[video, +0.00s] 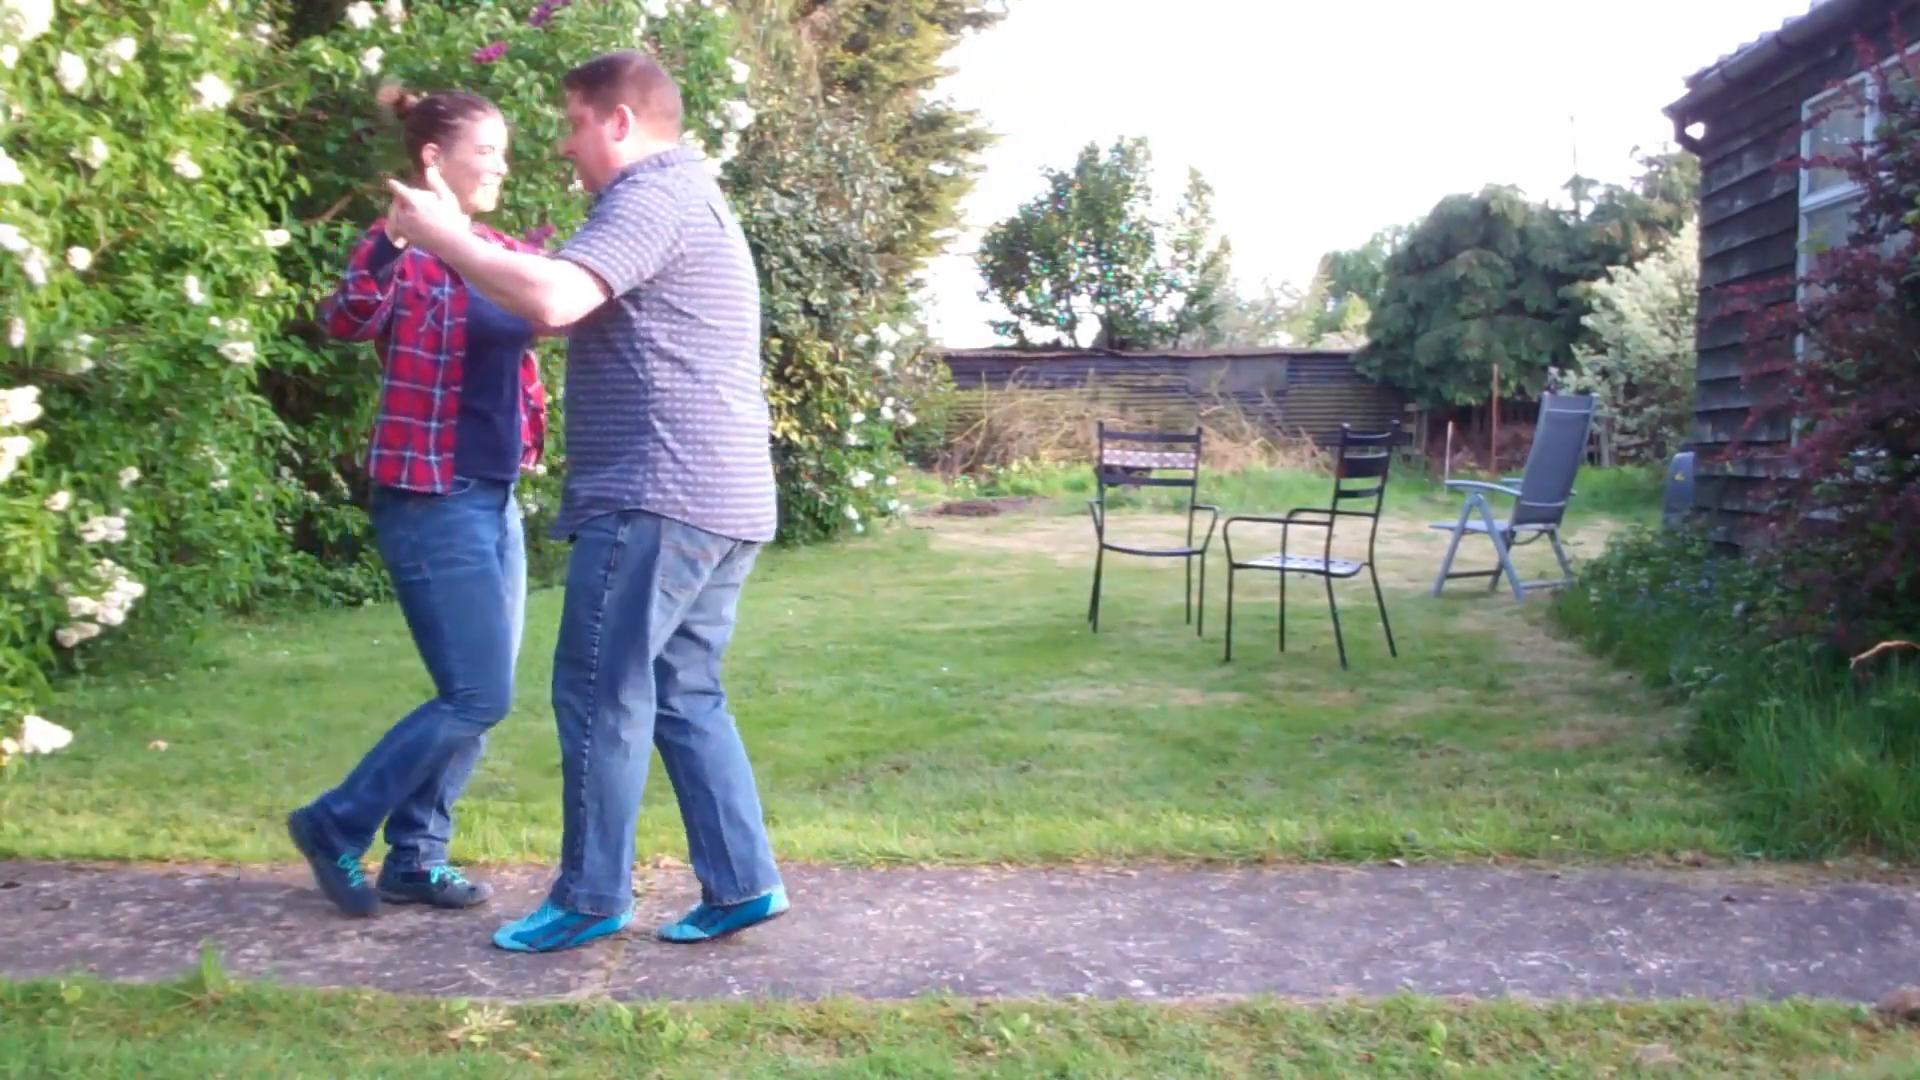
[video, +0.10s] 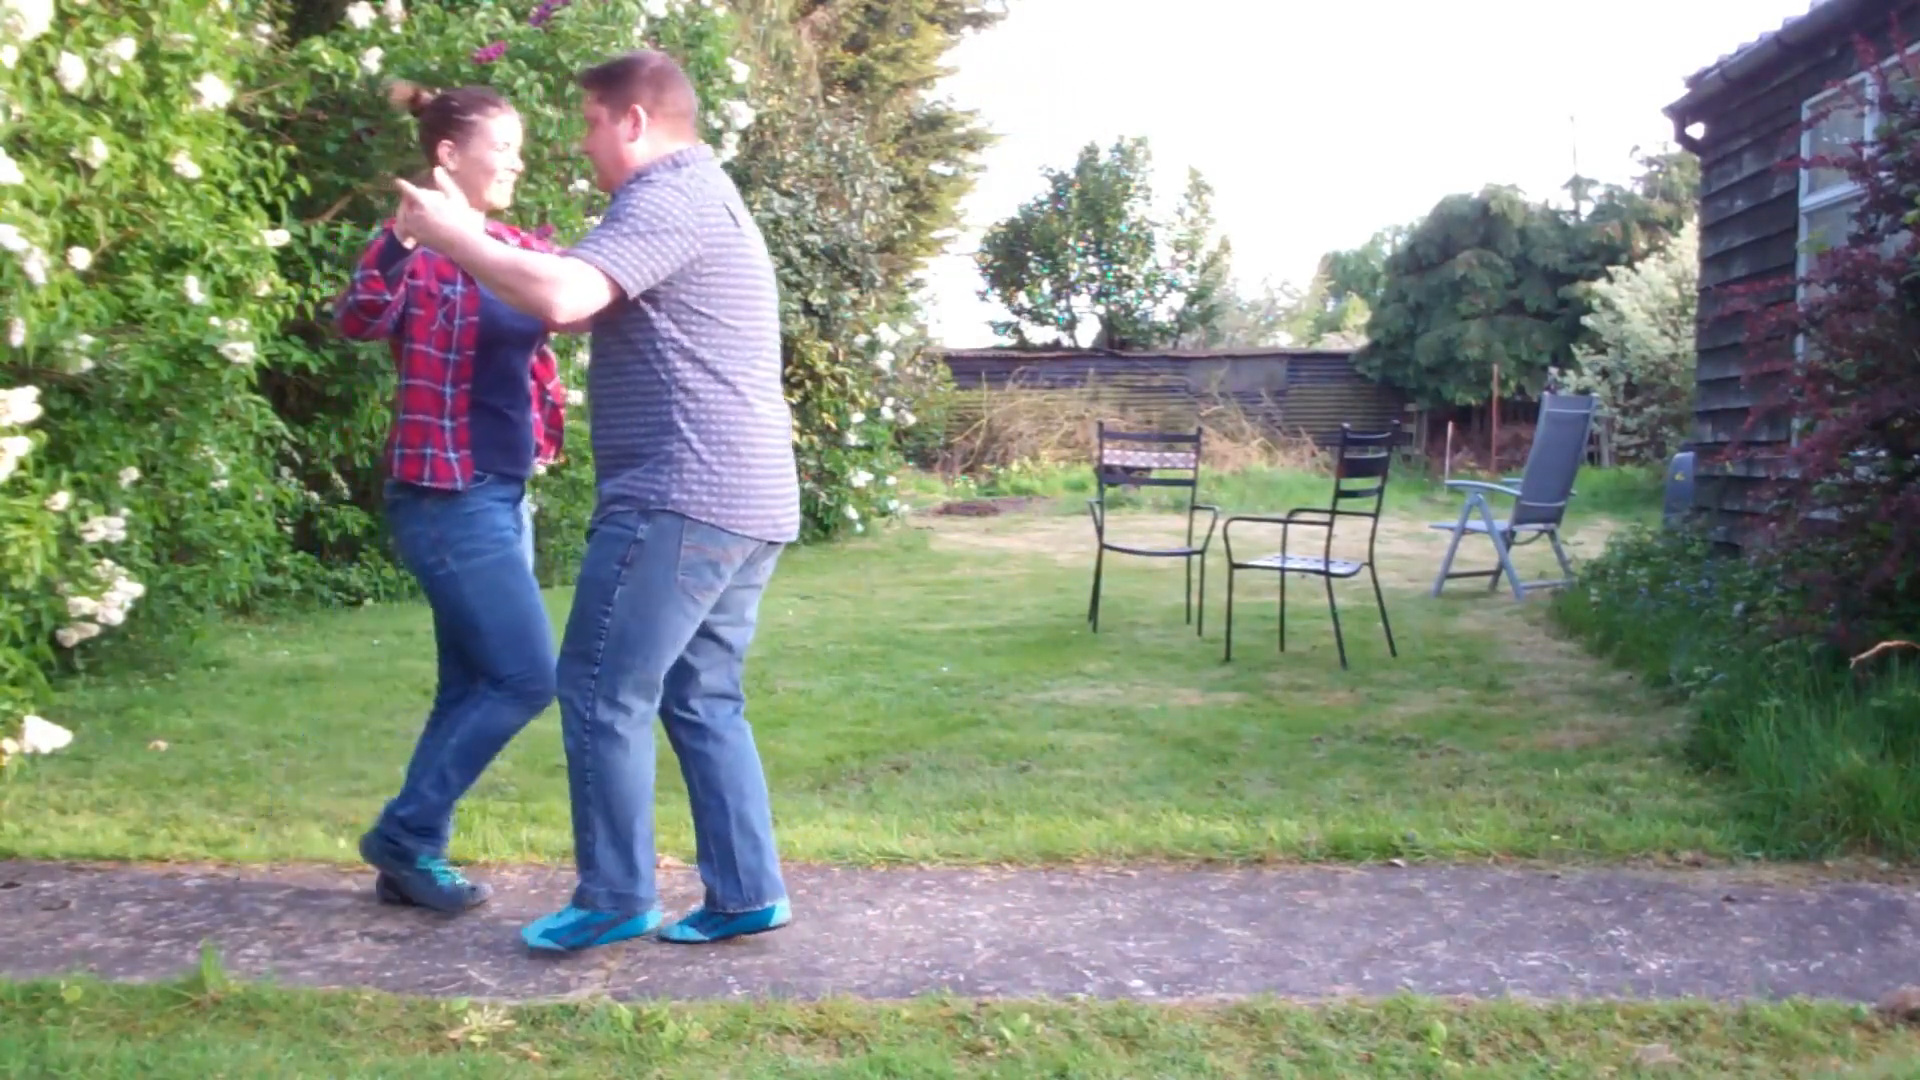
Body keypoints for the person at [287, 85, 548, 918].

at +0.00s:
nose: (499, 168)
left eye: (503, 155)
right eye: (486, 154)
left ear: (492, 166)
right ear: (434, 157)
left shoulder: (500, 251)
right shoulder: (401, 249)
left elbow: (539, 319)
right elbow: (341, 325)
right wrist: (386, 240)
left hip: (494, 494)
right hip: (429, 497)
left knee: (483, 694)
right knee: (477, 695)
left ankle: (416, 855)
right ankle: (332, 826)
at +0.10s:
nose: (515, 166)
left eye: (518, 152)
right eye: (503, 151)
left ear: (505, 159)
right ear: (450, 153)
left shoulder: (519, 248)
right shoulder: (414, 242)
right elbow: (358, 322)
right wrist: (402, 238)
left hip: (503, 492)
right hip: (445, 494)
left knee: (467, 686)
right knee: (526, 678)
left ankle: (413, 852)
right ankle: (404, 835)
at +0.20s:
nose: (532, 163)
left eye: (534, 149)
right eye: (520, 148)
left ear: (506, 155)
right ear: (466, 150)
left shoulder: (526, 241)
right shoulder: (434, 242)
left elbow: (589, 290)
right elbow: (369, 318)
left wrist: (590, 246)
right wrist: (404, 234)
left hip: (511, 489)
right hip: (462, 492)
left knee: (469, 688)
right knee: (553, 668)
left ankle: (412, 855)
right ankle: (502, 861)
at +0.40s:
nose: (574, 163)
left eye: (577, 149)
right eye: (561, 147)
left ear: (530, 153)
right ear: (510, 147)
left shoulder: (564, 239)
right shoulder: (471, 238)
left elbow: (616, 328)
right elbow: (398, 312)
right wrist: (419, 225)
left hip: (530, 487)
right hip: (517, 489)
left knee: (498, 685)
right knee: (584, 683)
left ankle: (421, 846)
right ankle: (558, 880)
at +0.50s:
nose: (599, 158)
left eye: (601, 144)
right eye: (587, 142)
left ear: (550, 146)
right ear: (533, 142)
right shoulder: (493, 231)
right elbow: (419, 316)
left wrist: (654, 443)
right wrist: (434, 233)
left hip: (561, 478)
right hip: (545, 482)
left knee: (565, 682)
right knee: (584, 687)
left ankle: (452, 824)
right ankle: (557, 878)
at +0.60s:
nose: (630, 161)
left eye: (633, 146)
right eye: (619, 144)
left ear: (586, 151)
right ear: (562, 145)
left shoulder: (622, 239)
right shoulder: (511, 230)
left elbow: (671, 331)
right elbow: (442, 330)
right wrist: (456, 248)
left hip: (609, 484)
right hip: (555, 487)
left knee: (655, 674)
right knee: (592, 690)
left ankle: (514, 802)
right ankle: (555, 880)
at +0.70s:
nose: (662, 167)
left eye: (665, 152)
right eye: (652, 150)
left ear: (619, 154)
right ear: (597, 150)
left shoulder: (654, 238)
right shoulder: (544, 239)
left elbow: (707, 319)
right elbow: (473, 349)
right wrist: (477, 281)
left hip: (650, 493)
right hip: (584, 494)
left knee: (704, 670)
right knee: (609, 697)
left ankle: (622, 829)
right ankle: (555, 878)